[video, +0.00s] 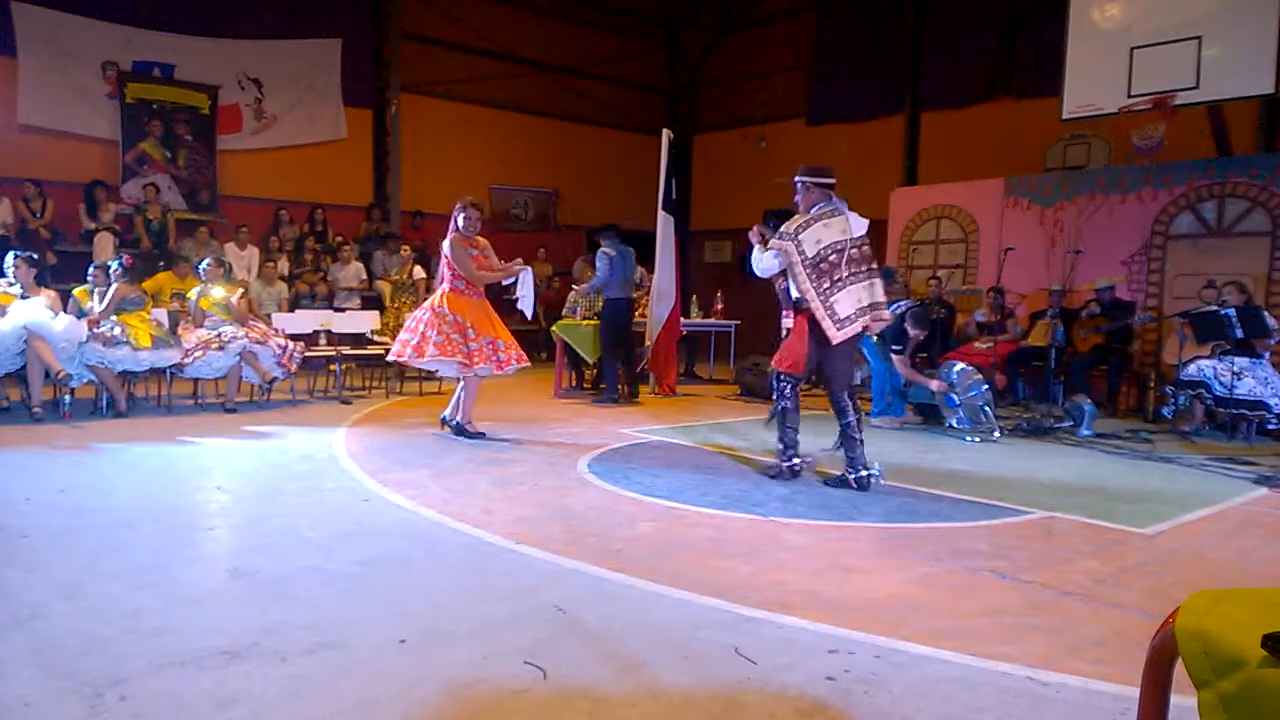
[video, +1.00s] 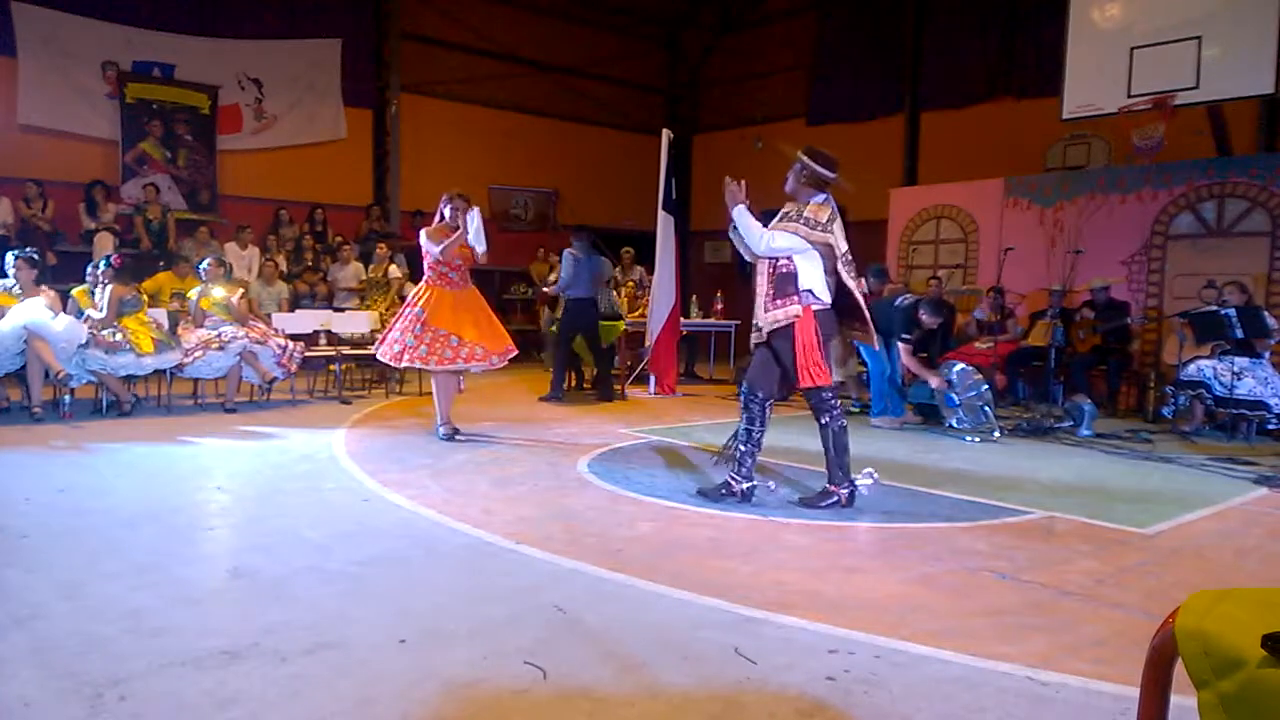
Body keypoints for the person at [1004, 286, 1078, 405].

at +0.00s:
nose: (1055, 300)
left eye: (1058, 296)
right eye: (1053, 296)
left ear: (1063, 298)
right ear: (1049, 297)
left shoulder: (1069, 314)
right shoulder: (1036, 315)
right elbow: (1027, 335)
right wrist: (1023, 342)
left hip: (1056, 349)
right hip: (1036, 348)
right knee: (1012, 358)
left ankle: (1045, 398)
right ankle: (1013, 395)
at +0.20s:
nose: (1055, 299)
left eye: (1058, 296)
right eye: (1053, 296)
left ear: (1063, 298)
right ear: (1049, 297)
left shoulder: (1069, 315)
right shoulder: (1036, 315)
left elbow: (1069, 338)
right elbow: (1027, 335)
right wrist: (1023, 343)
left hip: (1055, 349)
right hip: (1035, 348)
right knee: (1012, 357)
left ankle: (1046, 398)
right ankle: (1013, 395)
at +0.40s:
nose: (1055, 299)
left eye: (1058, 296)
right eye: (1053, 296)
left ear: (1063, 297)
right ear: (1049, 297)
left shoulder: (1068, 315)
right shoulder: (1036, 315)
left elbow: (1068, 338)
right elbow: (1027, 335)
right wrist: (1024, 342)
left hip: (1055, 349)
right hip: (1035, 348)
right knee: (1012, 358)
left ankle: (1044, 398)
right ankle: (1012, 395)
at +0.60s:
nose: (1055, 299)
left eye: (1058, 296)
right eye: (1053, 296)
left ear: (1063, 297)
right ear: (1049, 297)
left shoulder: (1068, 314)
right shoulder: (1036, 315)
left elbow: (1068, 338)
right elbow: (1027, 335)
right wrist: (1024, 342)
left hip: (1054, 349)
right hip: (1035, 348)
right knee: (1012, 358)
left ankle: (1044, 397)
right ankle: (1012, 394)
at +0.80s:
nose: (1055, 300)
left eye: (1058, 296)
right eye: (1053, 296)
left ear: (1063, 298)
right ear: (1049, 297)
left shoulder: (1068, 314)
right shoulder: (1036, 315)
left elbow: (1068, 338)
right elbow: (1027, 335)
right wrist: (1024, 342)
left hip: (1054, 349)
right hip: (1034, 348)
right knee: (1012, 358)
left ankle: (1044, 397)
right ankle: (1012, 394)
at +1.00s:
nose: (1055, 300)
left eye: (1058, 296)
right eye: (1053, 296)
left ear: (1063, 298)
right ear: (1049, 297)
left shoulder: (1067, 314)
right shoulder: (1036, 315)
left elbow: (1068, 338)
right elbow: (1028, 335)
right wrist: (1024, 342)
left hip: (1054, 349)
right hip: (1035, 348)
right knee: (1012, 358)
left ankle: (1044, 397)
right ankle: (1012, 394)